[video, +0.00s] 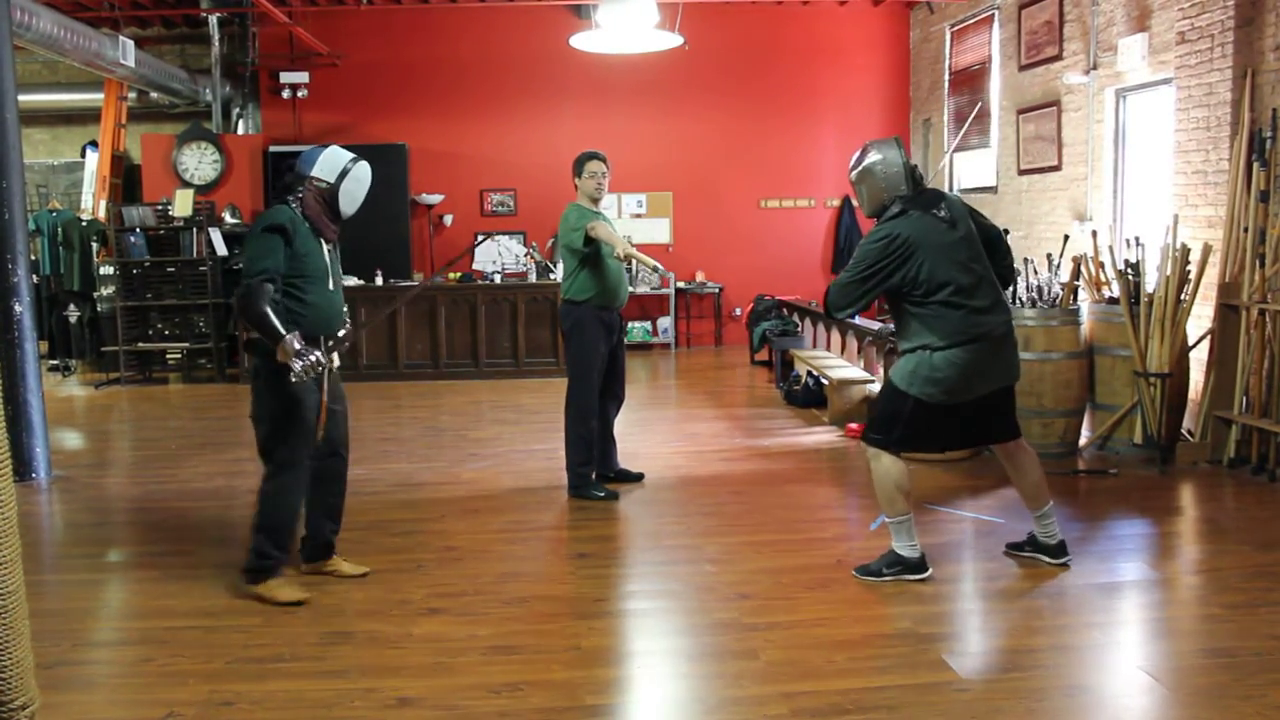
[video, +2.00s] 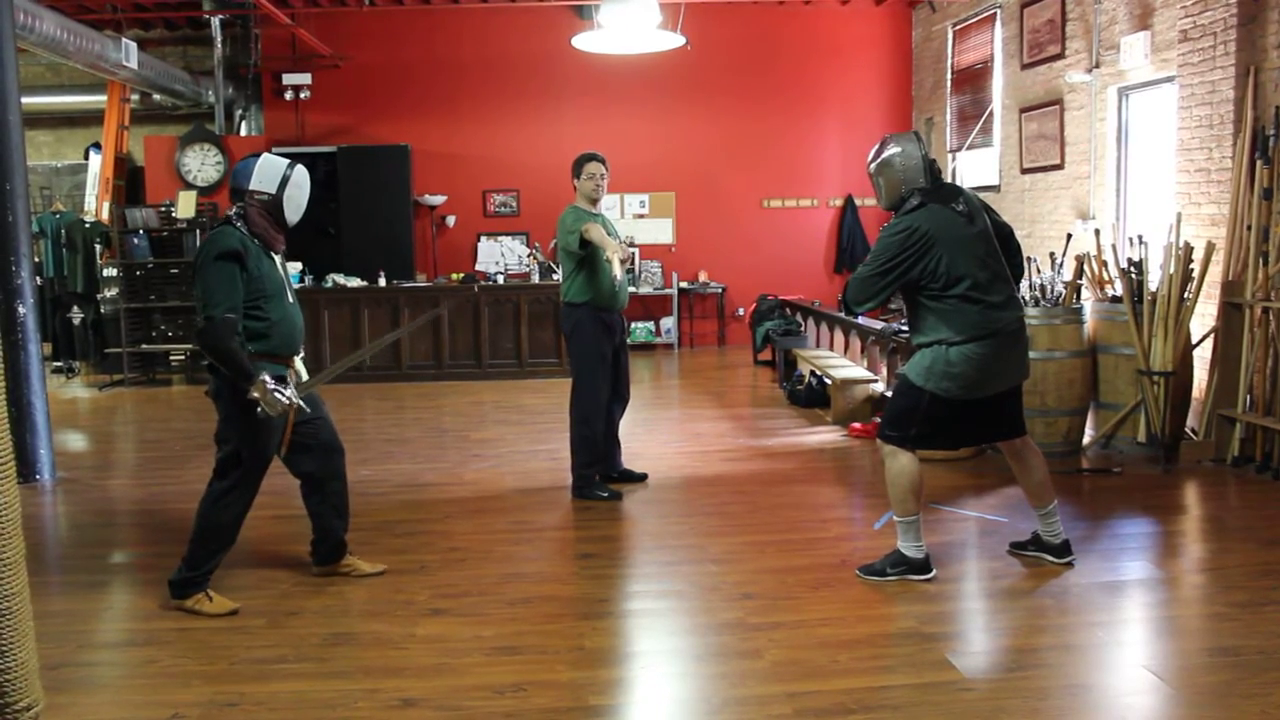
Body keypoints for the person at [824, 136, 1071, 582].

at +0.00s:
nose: (856, 200)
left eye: (857, 191)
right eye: (855, 191)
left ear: (873, 189)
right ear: (906, 179)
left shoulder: (888, 236)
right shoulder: (952, 207)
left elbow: (836, 303)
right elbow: (999, 250)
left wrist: (870, 274)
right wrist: (989, 296)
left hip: (938, 359)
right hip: (997, 350)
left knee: (881, 443)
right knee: (1008, 439)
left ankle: (906, 553)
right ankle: (1050, 539)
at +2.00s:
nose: (877, 191)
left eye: (878, 180)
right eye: (876, 181)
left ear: (896, 177)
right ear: (924, 171)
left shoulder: (907, 227)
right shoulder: (970, 204)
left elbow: (856, 297)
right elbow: (1013, 255)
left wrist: (884, 277)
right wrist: (994, 296)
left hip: (954, 352)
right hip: (1008, 344)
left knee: (895, 437)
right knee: (1014, 438)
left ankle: (911, 553)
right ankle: (1053, 538)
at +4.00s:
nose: (872, 183)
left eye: (874, 173)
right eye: (871, 174)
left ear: (891, 171)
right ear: (921, 164)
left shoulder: (901, 221)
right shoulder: (965, 200)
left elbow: (850, 290)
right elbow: (1008, 248)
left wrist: (887, 267)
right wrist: (997, 295)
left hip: (944, 348)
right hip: (997, 340)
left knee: (898, 443)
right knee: (985, 435)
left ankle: (912, 555)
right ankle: (1028, 533)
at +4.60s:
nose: (860, 188)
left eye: (863, 178)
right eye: (861, 179)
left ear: (881, 181)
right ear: (909, 176)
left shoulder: (890, 230)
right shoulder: (953, 211)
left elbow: (837, 296)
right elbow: (992, 259)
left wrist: (882, 269)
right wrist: (971, 298)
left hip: (922, 357)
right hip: (977, 351)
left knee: (858, 433)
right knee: (974, 446)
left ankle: (848, 547)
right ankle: (1023, 539)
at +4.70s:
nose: (841, 192)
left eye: (843, 183)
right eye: (841, 182)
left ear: (857, 184)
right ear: (891, 178)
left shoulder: (867, 231)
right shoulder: (934, 214)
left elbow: (812, 289)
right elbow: (970, 270)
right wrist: (942, 299)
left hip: (902, 360)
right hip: (958, 355)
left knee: (838, 437)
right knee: (971, 446)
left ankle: (809, 551)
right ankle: (1024, 538)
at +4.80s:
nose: (816, 195)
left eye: (819, 185)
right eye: (816, 186)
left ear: (836, 183)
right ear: (864, 178)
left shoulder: (842, 233)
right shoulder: (909, 215)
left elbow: (782, 286)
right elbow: (942, 277)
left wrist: (765, 269)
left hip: (879, 363)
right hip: (934, 357)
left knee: (814, 443)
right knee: (958, 445)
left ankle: (795, 557)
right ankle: (1020, 532)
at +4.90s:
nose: (789, 198)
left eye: (791, 189)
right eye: (788, 189)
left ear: (807, 187)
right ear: (837, 182)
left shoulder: (814, 234)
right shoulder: (881, 215)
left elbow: (755, 280)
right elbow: (916, 259)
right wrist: (901, 301)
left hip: (860, 358)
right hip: (913, 351)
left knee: (795, 443)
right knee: (938, 441)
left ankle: (788, 558)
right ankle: (1010, 520)